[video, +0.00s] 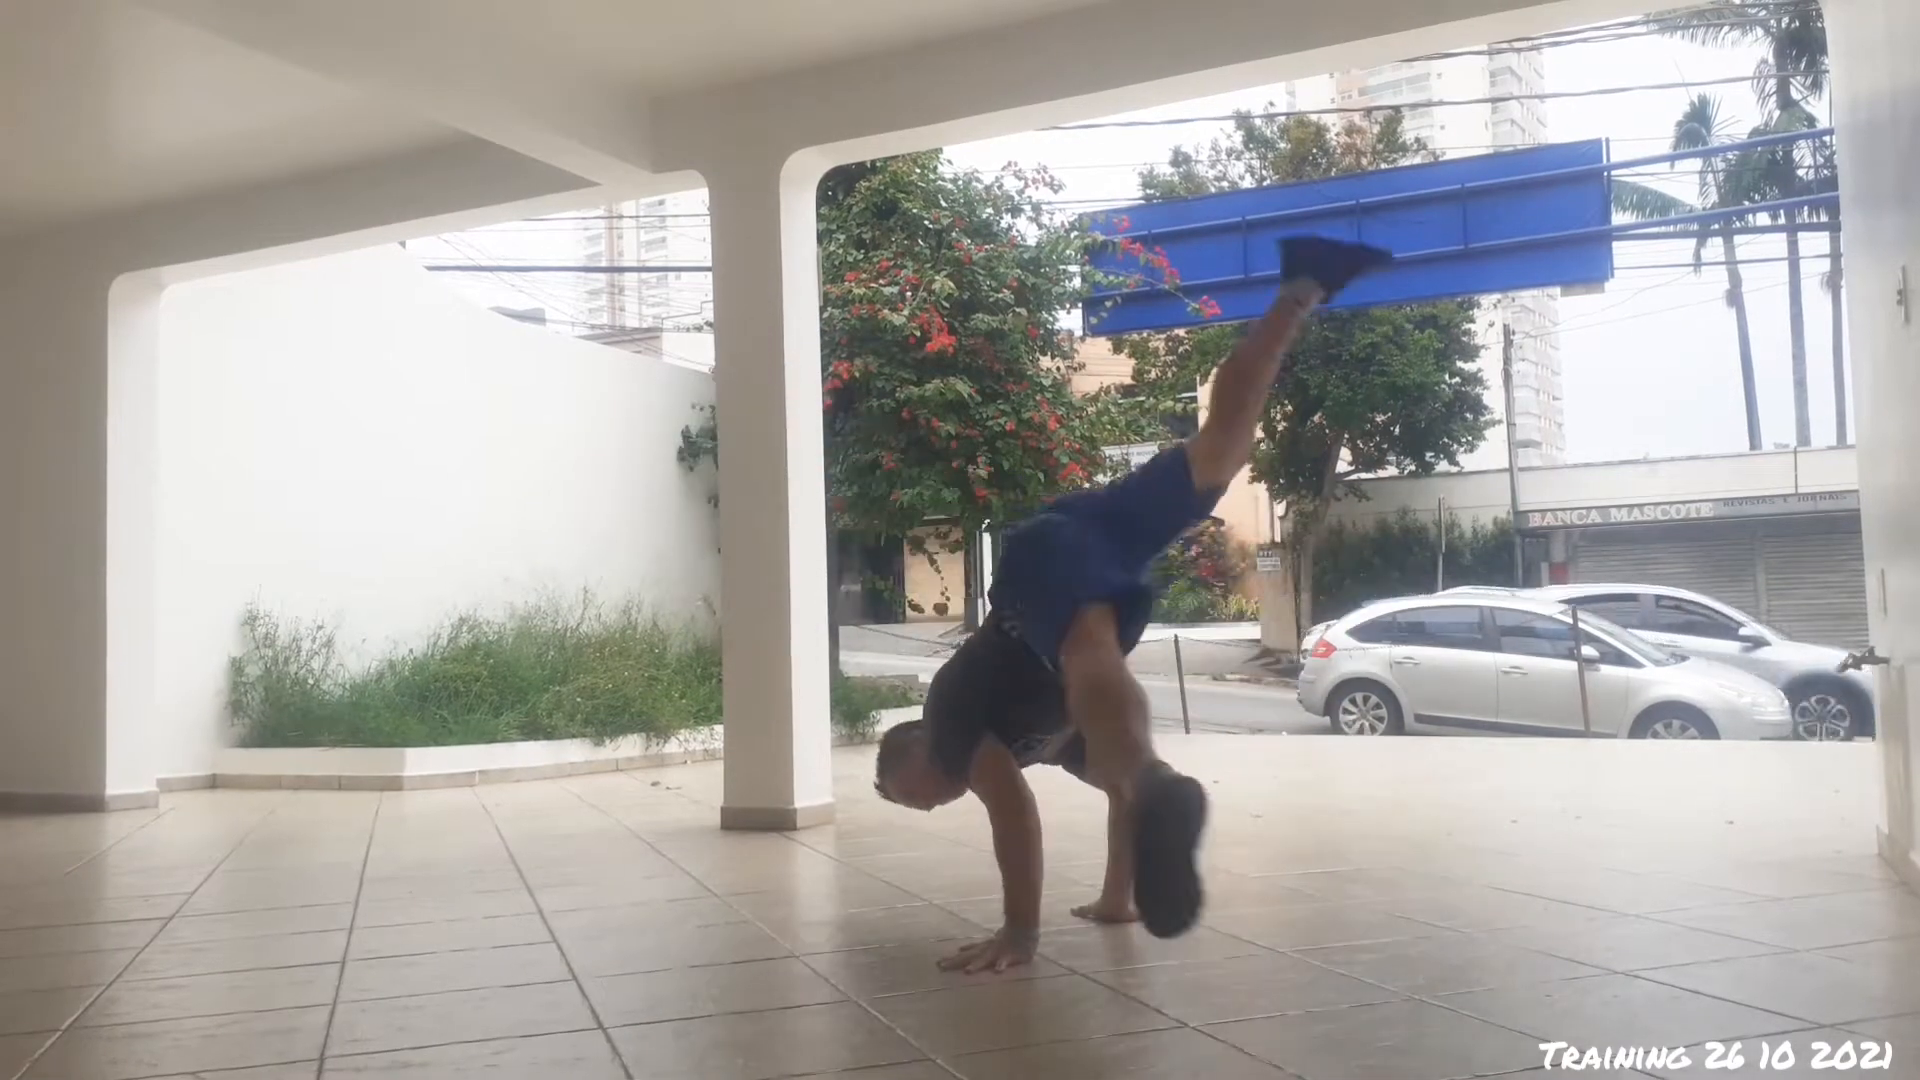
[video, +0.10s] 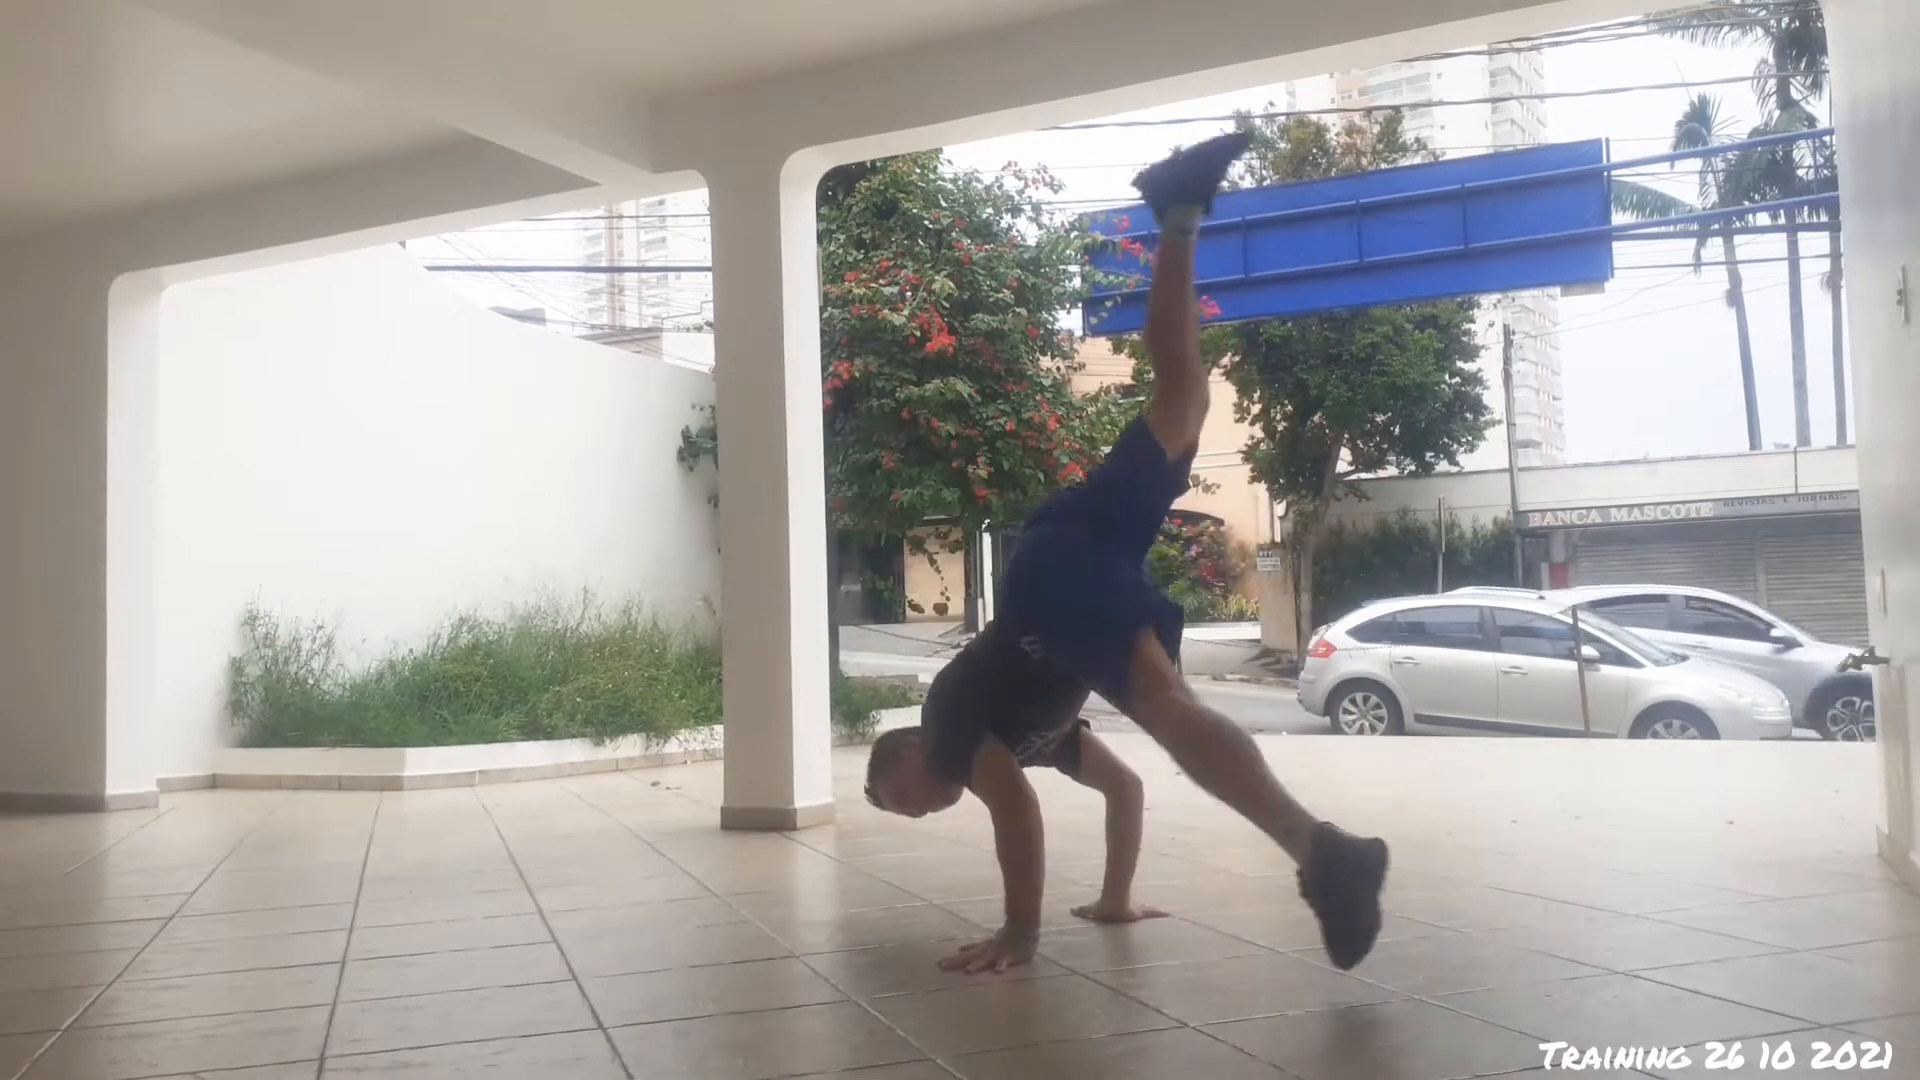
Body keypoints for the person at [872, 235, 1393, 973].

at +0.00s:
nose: (912, 803)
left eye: (896, 793)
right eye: (900, 800)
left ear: (907, 757)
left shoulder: (946, 717)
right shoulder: (1048, 727)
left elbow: (1012, 811)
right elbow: (1117, 786)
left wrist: (1018, 933)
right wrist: (1116, 894)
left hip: (1039, 552)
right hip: (1100, 524)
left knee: (1096, 674)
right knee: (1217, 449)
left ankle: (1153, 803)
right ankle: (1302, 292)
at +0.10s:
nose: (914, 809)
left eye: (901, 800)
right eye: (905, 808)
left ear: (903, 756)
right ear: (919, 766)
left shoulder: (949, 720)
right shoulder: (1041, 733)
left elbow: (1016, 811)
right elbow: (1125, 788)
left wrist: (1019, 937)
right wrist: (1114, 899)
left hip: (1047, 585)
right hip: (1076, 527)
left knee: (1170, 711)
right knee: (1181, 399)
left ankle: (1317, 850)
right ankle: (1178, 218)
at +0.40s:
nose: (900, 804)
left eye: (888, 793)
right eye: (890, 801)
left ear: (899, 754)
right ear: (923, 764)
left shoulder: (949, 713)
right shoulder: (1032, 723)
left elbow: (1009, 812)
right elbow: (1120, 787)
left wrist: (1015, 935)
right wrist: (1114, 900)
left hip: (1083, 599)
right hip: (1064, 540)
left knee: (1247, 662)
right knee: (1100, 369)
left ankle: (1433, 709)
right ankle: (959, 250)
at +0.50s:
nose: (904, 798)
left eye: (891, 788)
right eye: (894, 795)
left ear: (899, 748)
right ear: (924, 757)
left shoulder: (949, 712)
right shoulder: (1032, 722)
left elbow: (1009, 814)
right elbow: (1119, 786)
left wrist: (1015, 934)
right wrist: (1113, 899)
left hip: (1091, 599)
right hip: (1063, 539)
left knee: (1255, 653)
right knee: (1099, 367)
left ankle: (1443, 686)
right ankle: (965, 244)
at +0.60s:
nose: (903, 794)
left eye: (891, 783)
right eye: (892, 790)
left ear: (903, 744)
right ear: (919, 747)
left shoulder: (948, 713)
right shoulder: (1035, 720)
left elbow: (1004, 805)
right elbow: (1119, 787)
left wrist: (1016, 933)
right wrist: (1113, 899)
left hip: (1077, 596)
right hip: (1059, 536)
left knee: (1253, 670)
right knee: (1099, 356)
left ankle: (1446, 724)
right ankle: (994, 195)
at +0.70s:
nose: (907, 790)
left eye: (893, 777)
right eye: (895, 784)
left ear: (901, 741)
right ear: (922, 742)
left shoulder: (946, 709)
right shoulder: (1037, 718)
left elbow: (1003, 808)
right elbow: (1120, 787)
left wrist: (1016, 932)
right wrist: (1114, 898)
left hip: (1057, 583)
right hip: (1070, 522)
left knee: (1215, 693)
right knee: (1111, 371)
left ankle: (1404, 798)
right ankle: (1057, 169)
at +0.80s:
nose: (911, 789)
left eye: (899, 774)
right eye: (899, 783)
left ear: (911, 739)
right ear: (927, 738)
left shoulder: (948, 705)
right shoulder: (1044, 721)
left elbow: (1003, 813)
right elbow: (1125, 792)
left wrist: (1015, 934)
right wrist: (1114, 898)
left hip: (1042, 556)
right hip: (1081, 505)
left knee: (1145, 693)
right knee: (1138, 364)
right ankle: (1170, 191)